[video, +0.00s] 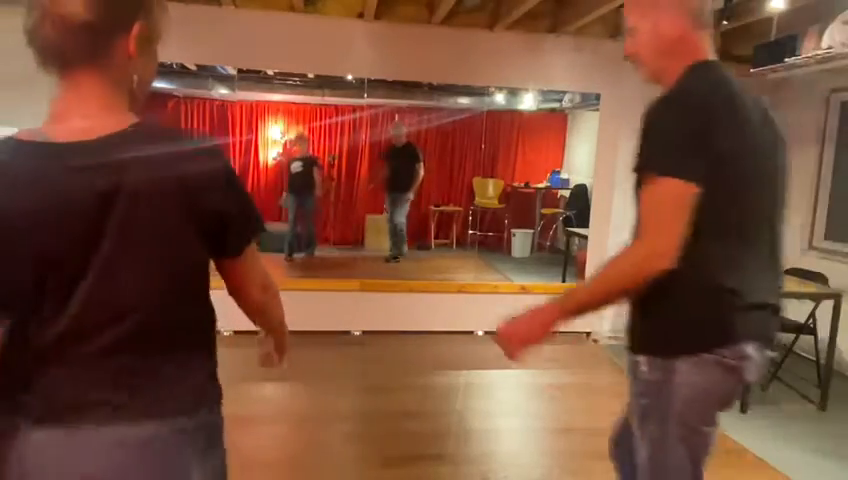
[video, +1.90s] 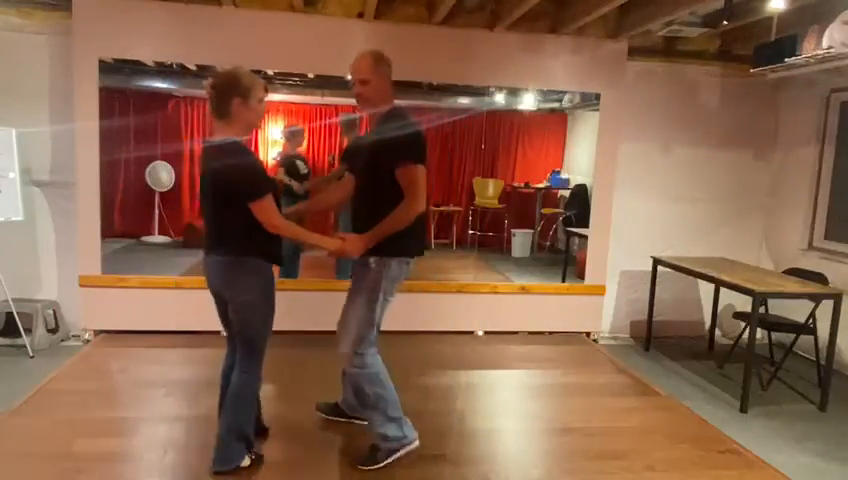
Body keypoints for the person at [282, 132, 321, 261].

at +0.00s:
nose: (301, 147)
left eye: (303, 144)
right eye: (299, 144)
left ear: (307, 145)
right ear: (295, 146)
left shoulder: (312, 160)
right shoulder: (291, 161)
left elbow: (317, 176)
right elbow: (288, 180)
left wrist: (318, 189)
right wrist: (285, 194)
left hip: (308, 193)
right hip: (293, 193)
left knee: (309, 221)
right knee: (292, 222)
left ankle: (310, 248)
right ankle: (289, 251)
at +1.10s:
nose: (299, 141)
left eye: (299, 138)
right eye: (297, 138)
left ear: (297, 139)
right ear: (289, 138)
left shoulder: (303, 158)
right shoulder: (275, 157)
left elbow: (311, 176)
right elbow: (269, 179)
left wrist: (324, 184)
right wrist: (267, 198)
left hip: (299, 198)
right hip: (281, 198)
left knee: (298, 231)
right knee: (280, 231)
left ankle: (294, 264)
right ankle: (280, 268)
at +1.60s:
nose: (302, 141)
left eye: (302, 138)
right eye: (299, 138)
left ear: (298, 140)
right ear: (290, 138)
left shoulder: (302, 159)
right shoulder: (280, 158)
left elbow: (309, 178)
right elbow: (273, 176)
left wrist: (323, 185)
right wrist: (281, 183)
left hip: (302, 200)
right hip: (285, 200)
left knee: (298, 236)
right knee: (283, 234)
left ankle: (292, 271)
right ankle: (278, 267)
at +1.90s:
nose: (303, 140)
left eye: (303, 137)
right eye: (301, 137)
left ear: (289, 138)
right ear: (295, 138)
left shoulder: (301, 158)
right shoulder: (286, 160)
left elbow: (307, 179)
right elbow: (280, 178)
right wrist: (296, 185)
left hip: (299, 200)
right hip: (287, 200)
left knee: (295, 235)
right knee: (288, 235)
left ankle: (291, 269)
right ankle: (287, 269)